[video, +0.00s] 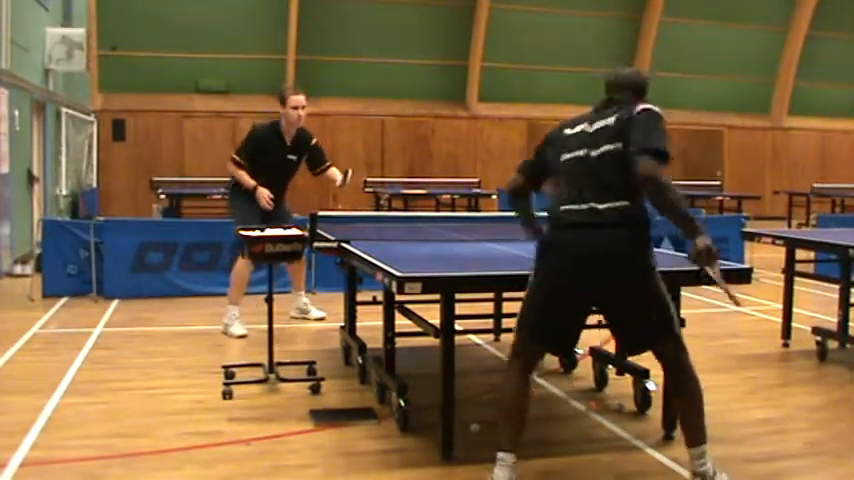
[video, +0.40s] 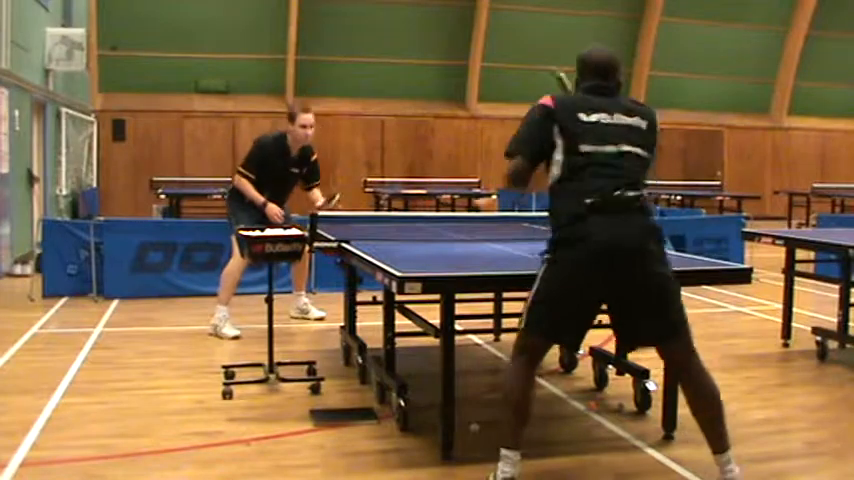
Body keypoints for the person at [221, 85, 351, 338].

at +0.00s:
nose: (300, 113)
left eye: (303, 108)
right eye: (295, 108)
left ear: (307, 110)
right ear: (282, 110)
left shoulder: (305, 139)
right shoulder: (261, 134)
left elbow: (325, 167)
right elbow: (233, 166)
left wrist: (338, 178)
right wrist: (256, 189)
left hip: (275, 198)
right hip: (246, 196)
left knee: (294, 243)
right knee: (250, 248)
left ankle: (299, 302)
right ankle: (232, 315)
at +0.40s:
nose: (309, 132)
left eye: (312, 127)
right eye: (304, 127)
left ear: (314, 128)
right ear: (290, 127)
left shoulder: (307, 154)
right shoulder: (267, 145)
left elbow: (312, 186)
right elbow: (240, 180)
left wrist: (319, 201)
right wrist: (265, 205)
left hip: (275, 205)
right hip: (245, 201)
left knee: (302, 245)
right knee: (243, 252)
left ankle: (300, 302)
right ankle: (220, 316)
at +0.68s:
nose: (327, 144)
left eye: (329, 138)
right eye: (322, 138)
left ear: (330, 138)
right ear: (307, 135)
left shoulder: (318, 163)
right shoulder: (280, 149)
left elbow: (330, 192)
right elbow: (250, 179)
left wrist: (345, 188)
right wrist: (273, 207)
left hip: (275, 207)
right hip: (247, 200)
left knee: (306, 246)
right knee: (244, 253)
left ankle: (300, 303)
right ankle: (220, 317)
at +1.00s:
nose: (329, 126)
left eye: (332, 121)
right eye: (324, 121)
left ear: (334, 123)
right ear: (310, 122)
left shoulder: (328, 151)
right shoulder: (287, 141)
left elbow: (349, 177)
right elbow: (257, 170)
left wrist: (364, 178)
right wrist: (280, 198)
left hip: (285, 203)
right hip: (257, 196)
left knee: (314, 242)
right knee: (251, 248)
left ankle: (302, 302)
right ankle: (228, 314)